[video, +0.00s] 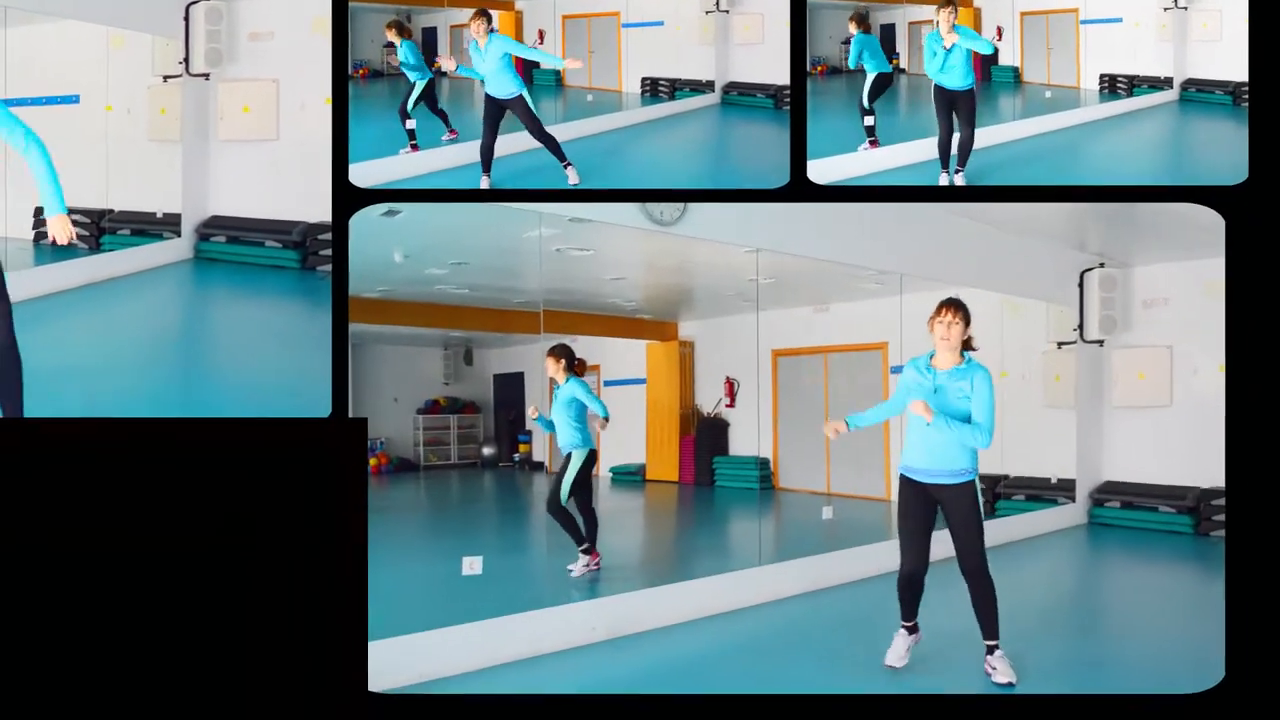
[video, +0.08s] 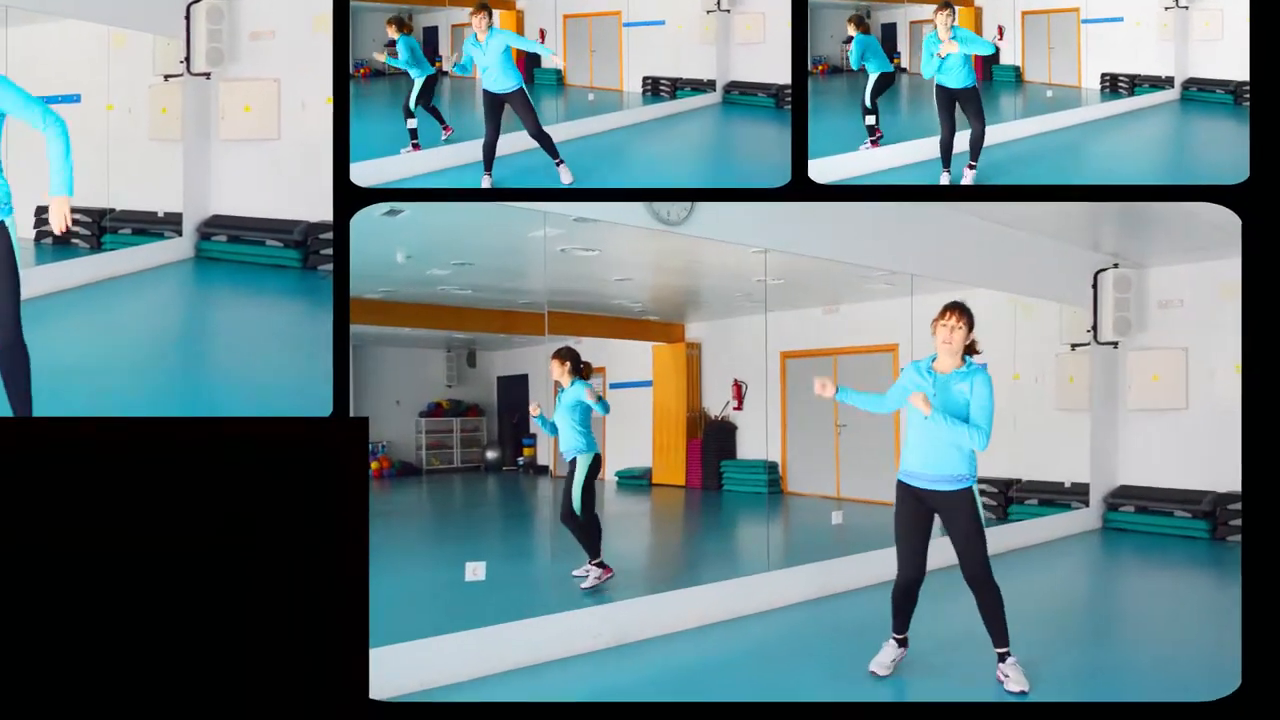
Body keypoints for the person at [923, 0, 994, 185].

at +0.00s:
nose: (948, 16)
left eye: (952, 13)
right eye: (944, 13)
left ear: (956, 16)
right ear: (938, 15)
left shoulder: (964, 32)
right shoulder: (931, 37)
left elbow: (989, 49)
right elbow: (931, 71)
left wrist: (959, 40)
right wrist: (943, 49)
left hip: (965, 89)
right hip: (942, 89)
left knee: (968, 132)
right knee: (946, 132)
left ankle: (959, 172)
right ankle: (944, 172)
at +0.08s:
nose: (945, 19)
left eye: (949, 15)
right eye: (941, 15)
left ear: (954, 19)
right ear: (935, 18)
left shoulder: (962, 34)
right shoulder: (929, 40)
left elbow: (990, 49)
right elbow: (926, 73)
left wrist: (960, 47)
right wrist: (939, 54)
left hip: (967, 87)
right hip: (943, 88)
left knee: (979, 126)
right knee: (948, 131)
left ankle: (971, 168)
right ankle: (946, 172)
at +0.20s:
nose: (942, 20)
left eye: (946, 17)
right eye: (939, 16)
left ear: (952, 19)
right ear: (933, 17)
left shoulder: (961, 33)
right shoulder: (927, 38)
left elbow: (990, 45)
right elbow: (922, 65)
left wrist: (983, 59)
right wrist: (918, 64)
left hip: (970, 85)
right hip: (946, 87)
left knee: (990, 125)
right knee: (949, 130)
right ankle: (946, 172)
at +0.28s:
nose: (944, 18)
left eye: (948, 15)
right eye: (941, 13)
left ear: (953, 17)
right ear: (935, 14)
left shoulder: (962, 31)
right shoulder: (930, 36)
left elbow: (990, 41)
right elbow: (933, 60)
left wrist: (1010, 51)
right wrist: (915, 59)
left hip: (975, 83)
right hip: (952, 86)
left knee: (997, 124)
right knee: (953, 129)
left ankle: (1025, 160)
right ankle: (950, 170)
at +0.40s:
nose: (960, 11)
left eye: (964, 7)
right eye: (957, 7)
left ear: (971, 9)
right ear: (953, 10)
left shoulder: (980, 24)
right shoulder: (956, 26)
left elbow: (1012, 34)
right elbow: (965, 48)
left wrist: (1044, 42)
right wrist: (944, 46)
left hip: (997, 77)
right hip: (976, 79)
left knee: (1022, 113)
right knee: (969, 120)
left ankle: (1051, 148)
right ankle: (968, 158)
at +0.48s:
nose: (980, 2)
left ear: (992, 1)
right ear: (974, 3)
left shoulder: (1004, 14)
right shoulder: (981, 18)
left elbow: (1033, 25)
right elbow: (988, 42)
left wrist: (1064, 32)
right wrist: (970, 36)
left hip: (1021, 68)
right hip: (999, 69)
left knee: (1044, 101)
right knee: (990, 110)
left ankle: (1074, 136)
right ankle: (989, 147)